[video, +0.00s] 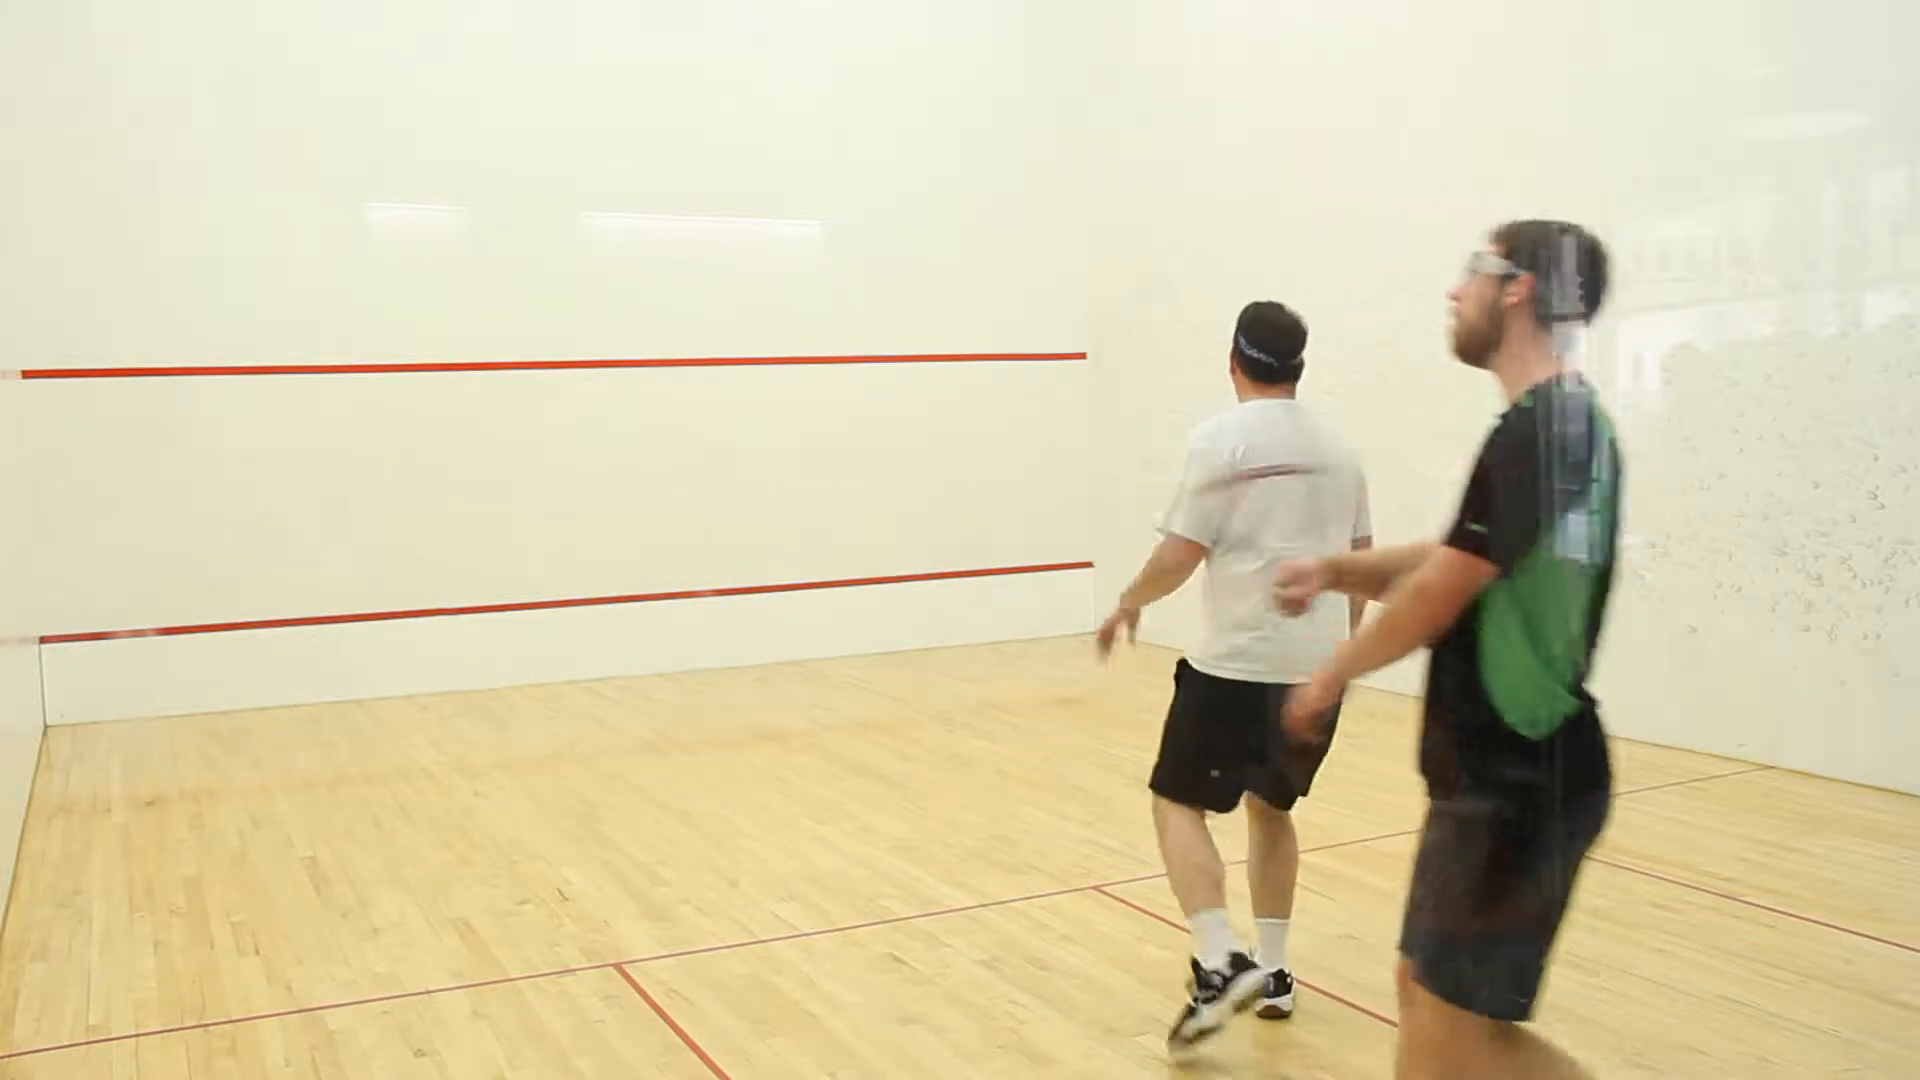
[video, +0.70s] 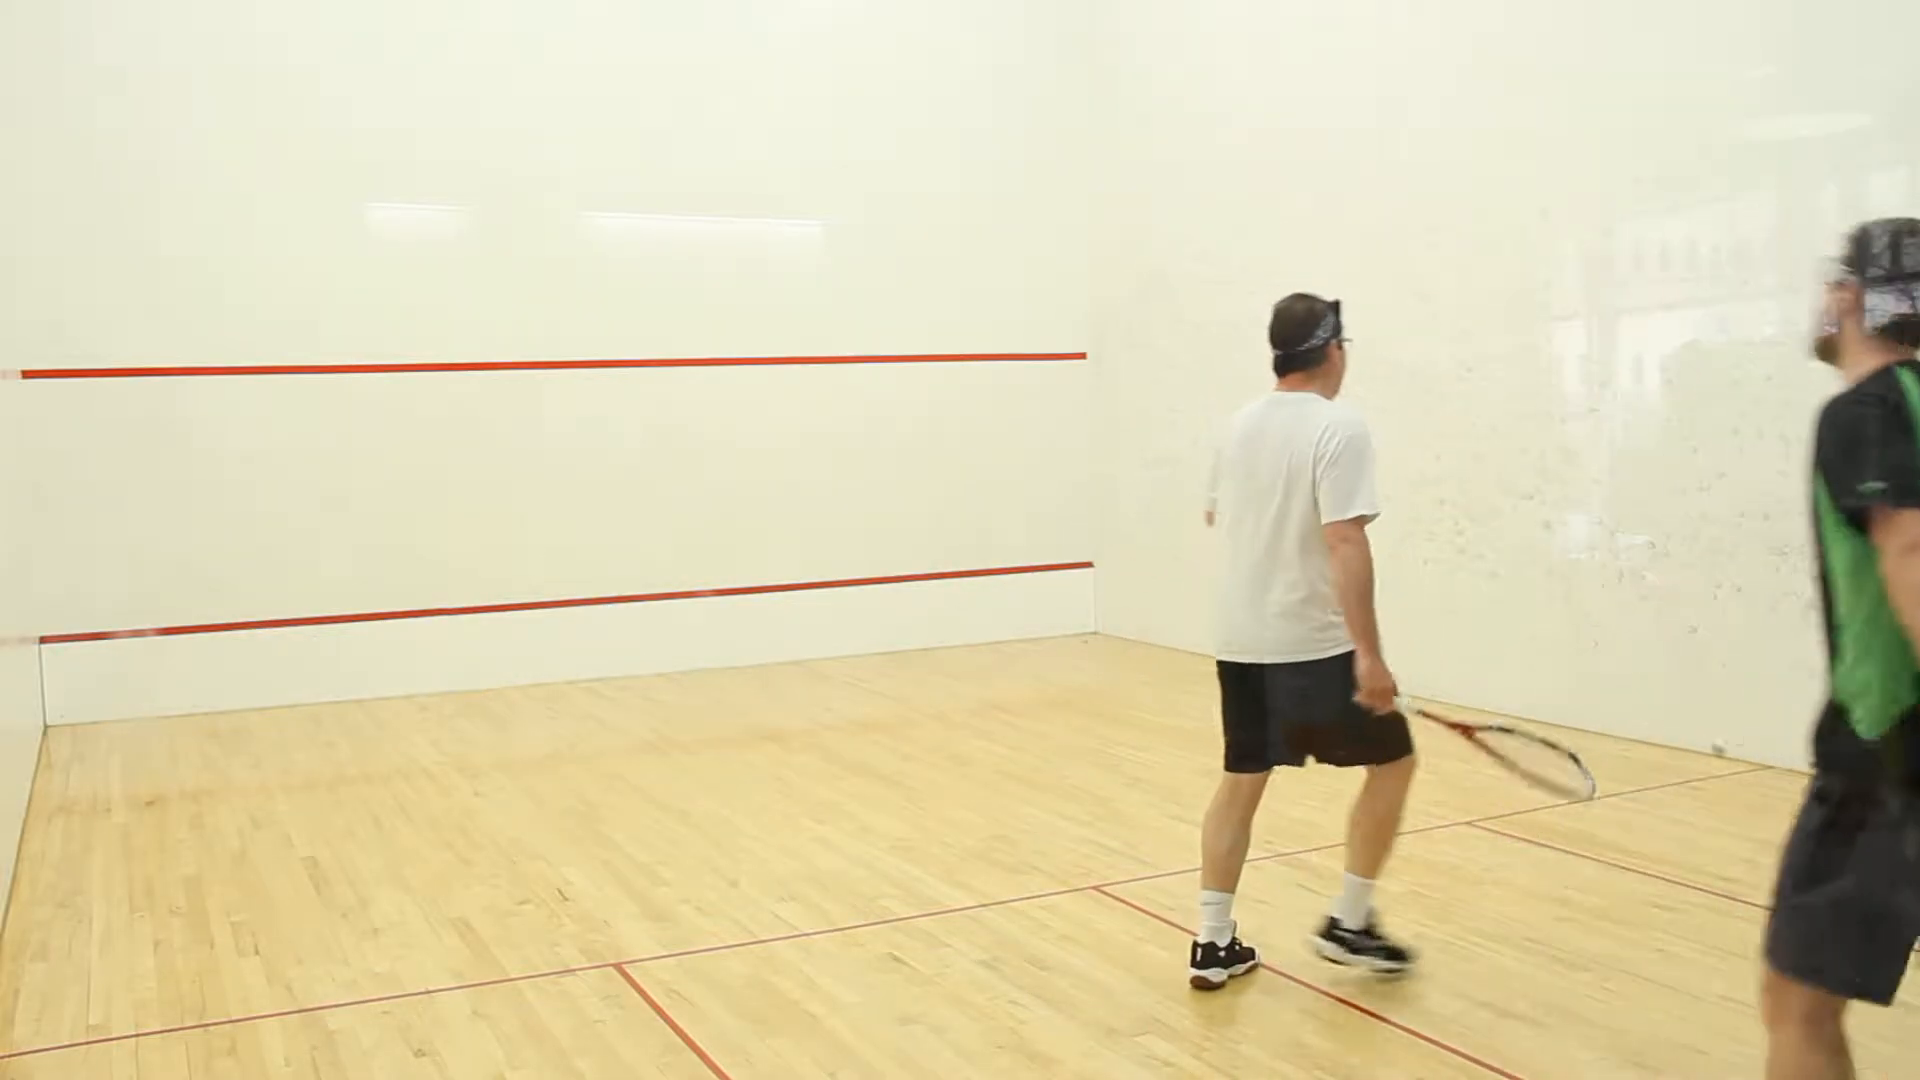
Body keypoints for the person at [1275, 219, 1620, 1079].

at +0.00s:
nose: (1453, 294)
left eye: (1472, 276)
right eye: (1464, 275)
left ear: (1520, 293)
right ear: (1533, 297)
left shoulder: (1534, 431)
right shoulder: (1575, 425)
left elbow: (1441, 592)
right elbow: (1468, 555)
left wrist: (1333, 673)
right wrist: (1340, 571)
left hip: (1510, 781)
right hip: (1518, 766)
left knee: (1448, 1020)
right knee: (1432, 987)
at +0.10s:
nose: (1508, 312)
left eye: (1526, 293)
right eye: (1518, 293)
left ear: (1572, 312)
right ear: (1586, 318)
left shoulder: (1587, 445)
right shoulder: (1611, 439)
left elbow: (1502, 615)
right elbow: (1527, 592)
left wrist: (1414, 681)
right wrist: (1401, 590)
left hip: (1569, 792)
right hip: (1539, 781)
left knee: (1522, 1033)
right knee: (1462, 988)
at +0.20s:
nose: (1558, 330)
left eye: (1574, 313)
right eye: (1569, 311)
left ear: (1612, 330)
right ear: (1629, 336)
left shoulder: (1638, 460)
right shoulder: (1667, 451)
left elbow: (1568, 643)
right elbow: (1585, 606)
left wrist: (1494, 710)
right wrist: (1467, 634)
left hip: (1640, 809)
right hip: (1606, 797)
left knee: (1609, 1039)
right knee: (1523, 1003)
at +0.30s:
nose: (1606, 324)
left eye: (1619, 308)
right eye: (1615, 307)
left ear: (1655, 322)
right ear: (1688, 330)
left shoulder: (1677, 456)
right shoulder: (1731, 444)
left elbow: (1635, 656)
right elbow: (1643, 623)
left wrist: (1572, 763)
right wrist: (1552, 695)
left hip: (1693, 796)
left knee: (1645, 1010)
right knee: (1592, 988)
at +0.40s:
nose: (1658, 295)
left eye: (1677, 280)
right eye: (1669, 277)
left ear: (1715, 299)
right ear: (1748, 309)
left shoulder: (1723, 423)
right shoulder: (1787, 413)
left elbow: (1709, 619)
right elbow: (1772, 600)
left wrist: (1692, 788)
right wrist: (1684, 740)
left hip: (1766, 760)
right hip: (1786, 744)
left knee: (1718, 1002)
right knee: (1650, 949)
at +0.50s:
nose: (1709, 276)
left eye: (1725, 262)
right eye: (1720, 259)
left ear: (1755, 280)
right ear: (1800, 290)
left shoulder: (1772, 397)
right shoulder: (1837, 397)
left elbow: (1790, 579)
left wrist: (1801, 758)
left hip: (1805, 749)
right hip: (1842, 735)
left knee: (1771, 984)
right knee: (1735, 933)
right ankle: (1798, 1060)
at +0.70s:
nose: (1825, 300)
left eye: (1833, 286)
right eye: (1831, 285)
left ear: (1857, 301)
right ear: (1907, 309)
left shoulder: (1871, 411)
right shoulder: (1882, 407)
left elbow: (1903, 556)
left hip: (1882, 751)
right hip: (1876, 745)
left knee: (1799, 1001)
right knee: (1801, 995)